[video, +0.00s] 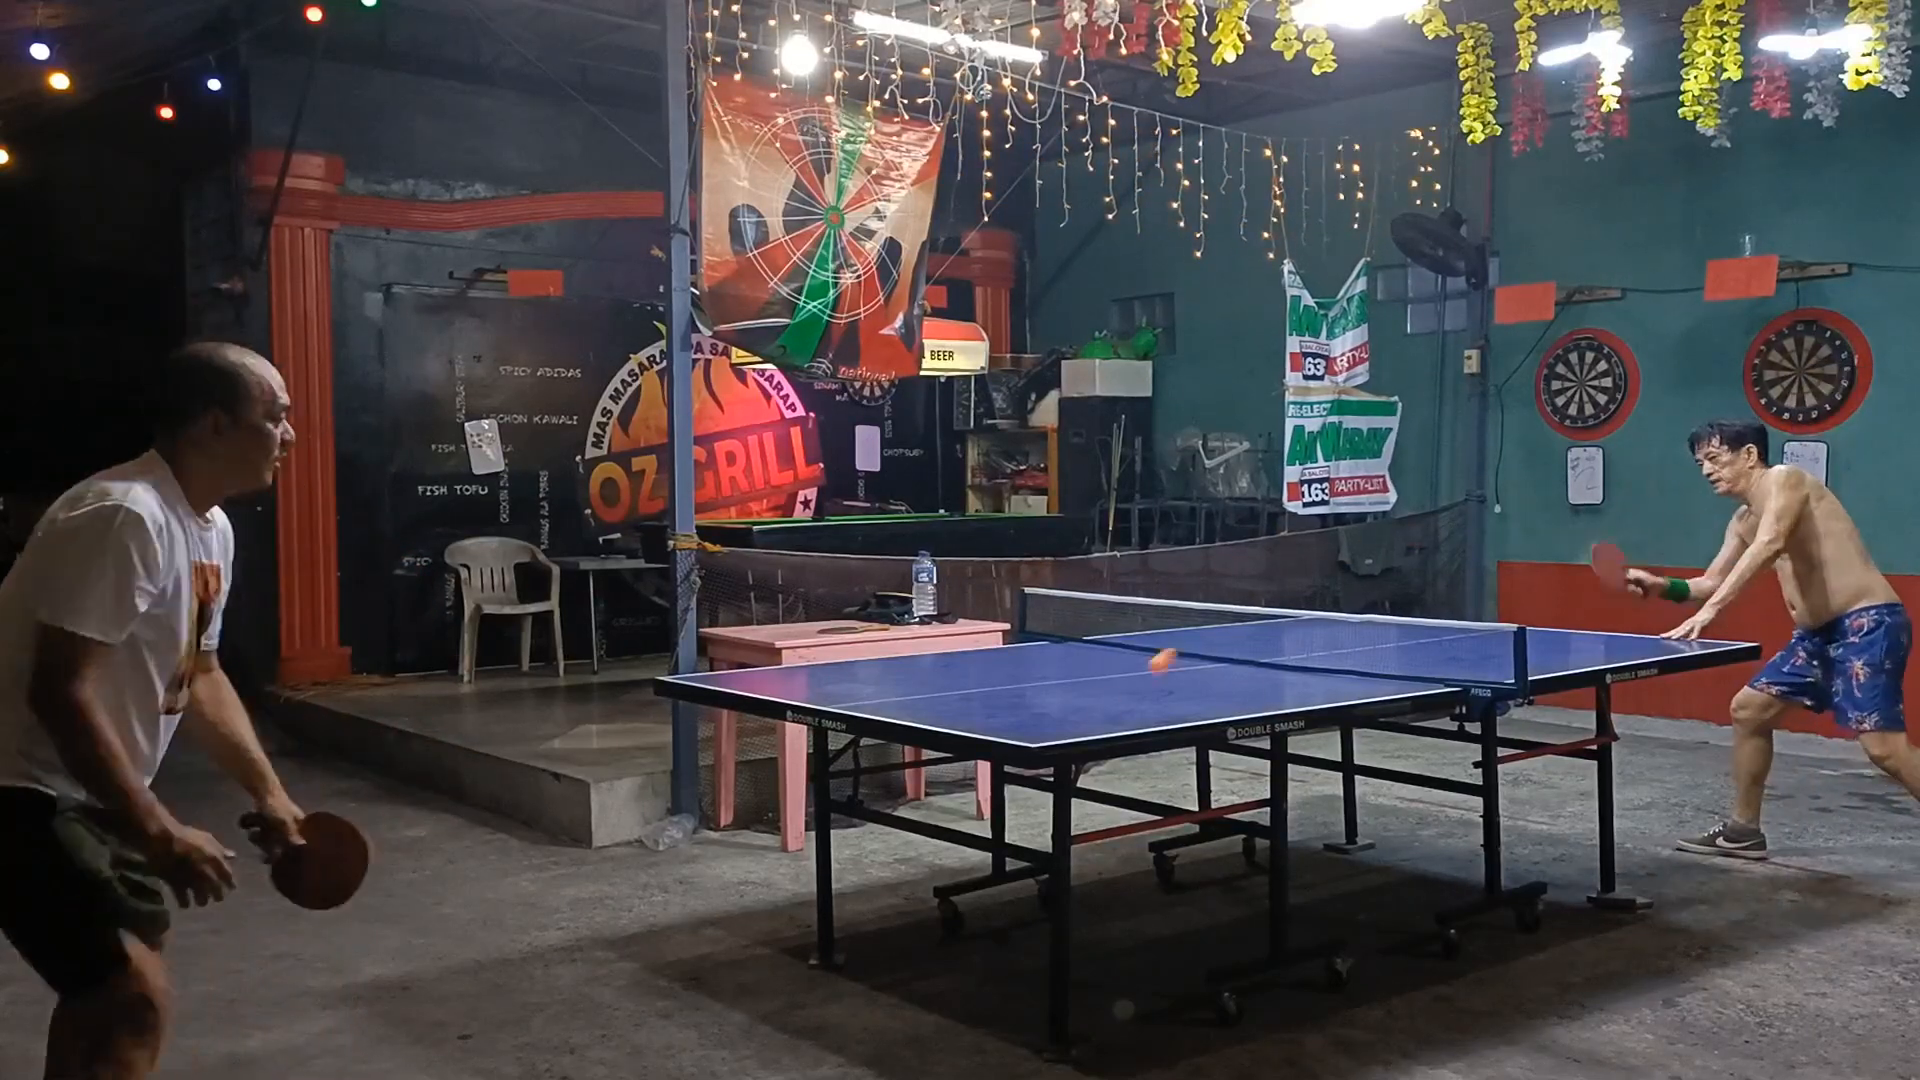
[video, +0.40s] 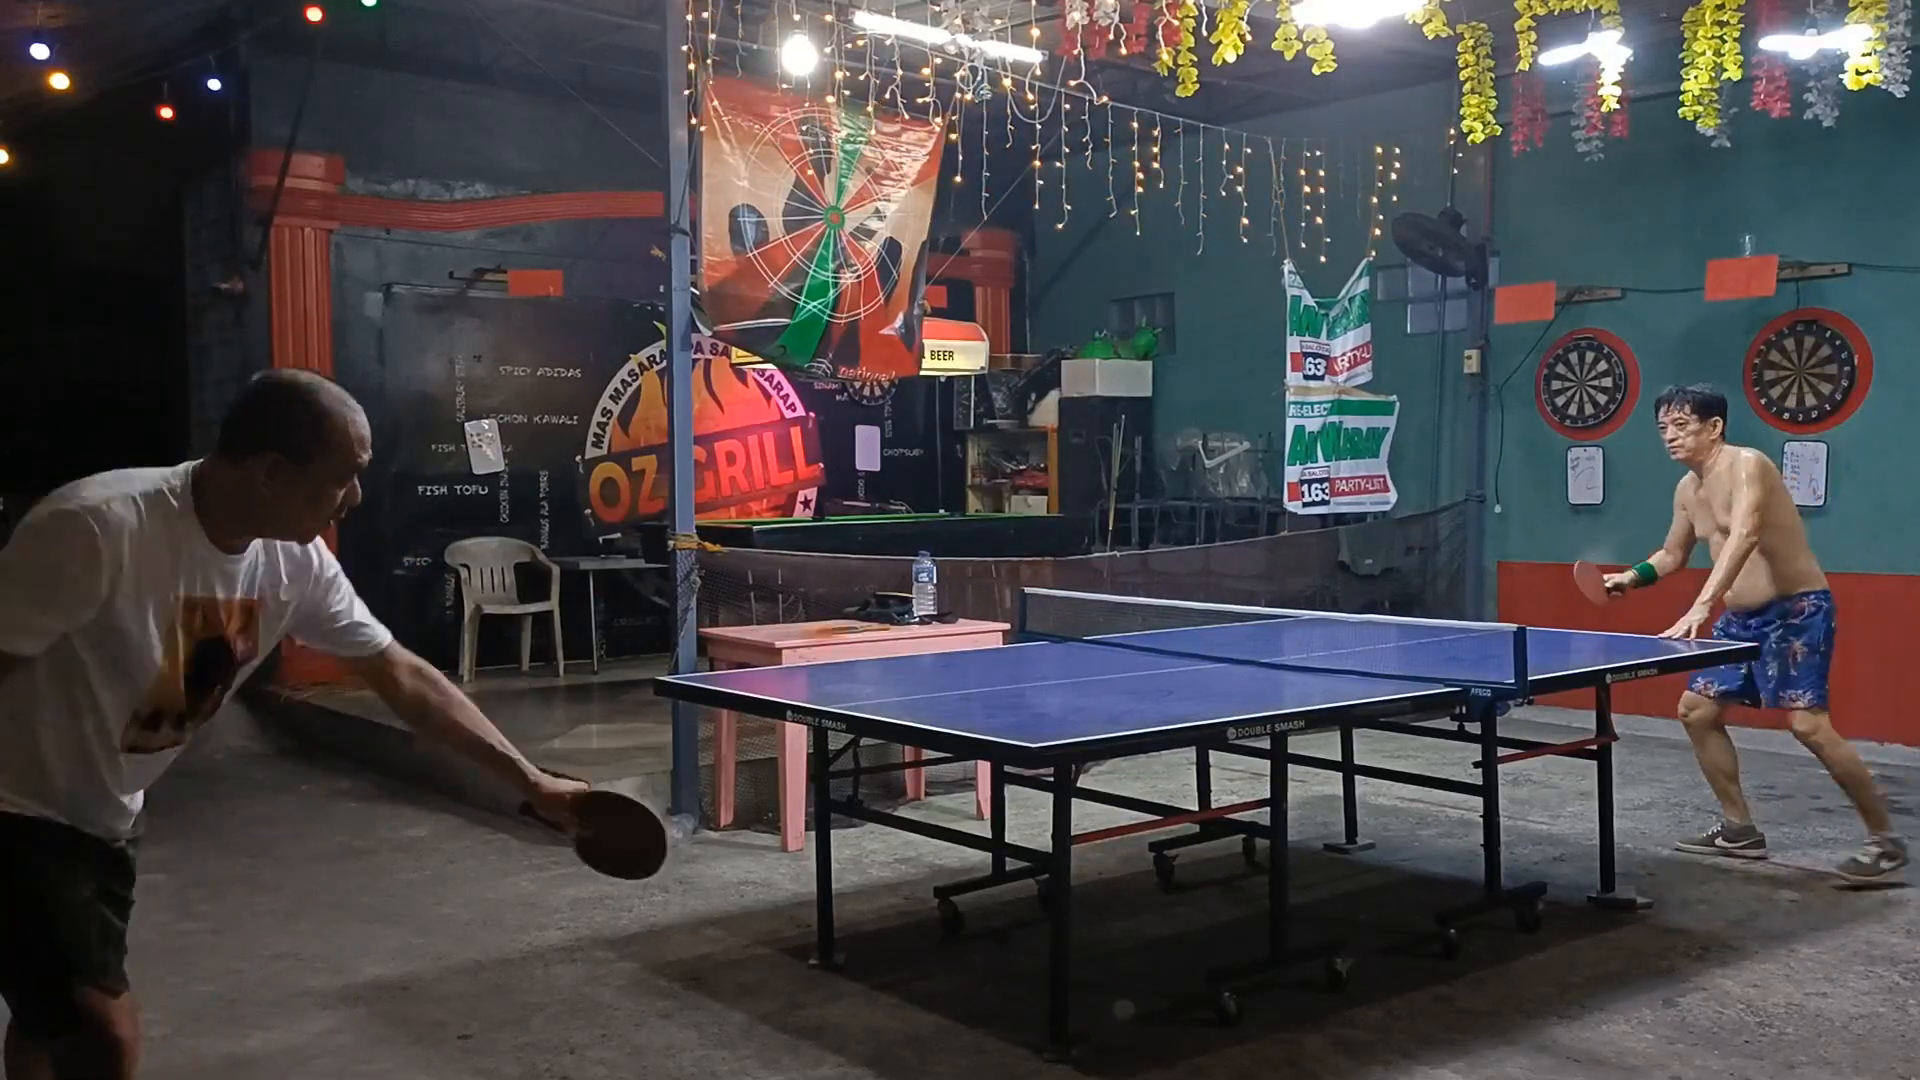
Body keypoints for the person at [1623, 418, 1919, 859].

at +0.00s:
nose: (1708, 471)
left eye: (1715, 459)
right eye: (1703, 464)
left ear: (1749, 454)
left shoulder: (1784, 479)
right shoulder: (1744, 522)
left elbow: (1768, 544)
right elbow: (1713, 582)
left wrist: (1710, 609)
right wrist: (1660, 586)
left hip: (1868, 624)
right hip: (1818, 636)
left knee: (1884, 748)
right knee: (1749, 711)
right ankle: (1744, 828)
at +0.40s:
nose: (1669, 436)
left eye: (1680, 425)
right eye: (1664, 428)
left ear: (1714, 426)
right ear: (1663, 434)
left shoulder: (1747, 465)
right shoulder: (1687, 489)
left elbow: (1743, 537)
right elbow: (1673, 553)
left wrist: (1702, 605)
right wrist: (1634, 575)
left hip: (1799, 612)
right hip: (1743, 618)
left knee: (1809, 725)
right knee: (1696, 713)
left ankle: (1886, 840)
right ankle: (1739, 829)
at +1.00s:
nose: (1650, 466)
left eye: (1659, 458)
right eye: (1644, 456)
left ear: (1687, 450)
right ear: (1637, 447)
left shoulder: (1729, 477)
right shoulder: (1620, 485)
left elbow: (1768, 541)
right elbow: (1570, 542)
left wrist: (1769, 597)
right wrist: (1590, 556)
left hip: (1724, 609)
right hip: (1655, 613)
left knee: (1750, 697)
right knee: (1633, 709)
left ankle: (1796, 821)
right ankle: (1666, 818)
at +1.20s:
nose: (1655, 452)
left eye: (1666, 444)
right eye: (1649, 441)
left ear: (1694, 443)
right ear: (1642, 435)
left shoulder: (1728, 474)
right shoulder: (1622, 473)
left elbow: (1756, 535)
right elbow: (1572, 534)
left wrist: (1761, 599)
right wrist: (1608, 566)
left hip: (1714, 605)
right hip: (1644, 608)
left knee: (1740, 698)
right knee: (1635, 706)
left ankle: (1765, 816)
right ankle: (1657, 813)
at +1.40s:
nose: (1666, 451)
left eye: (1678, 442)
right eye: (1660, 439)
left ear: (1706, 442)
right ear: (1653, 434)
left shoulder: (1737, 478)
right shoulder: (1633, 480)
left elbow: (1757, 543)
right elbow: (1595, 553)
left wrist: (1760, 606)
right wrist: (1624, 605)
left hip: (1720, 607)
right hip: (1652, 608)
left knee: (1752, 704)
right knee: (1632, 708)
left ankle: (1782, 815)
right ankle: (1651, 814)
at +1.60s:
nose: (1690, 445)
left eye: (1702, 438)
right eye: (1685, 435)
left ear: (1730, 441)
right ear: (1678, 434)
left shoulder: (1770, 485)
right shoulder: (1658, 485)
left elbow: (1795, 554)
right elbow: (1627, 550)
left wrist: (1787, 622)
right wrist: (1629, 608)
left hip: (1752, 617)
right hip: (1678, 616)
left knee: (1799, 715)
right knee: (1646, 708)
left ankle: (1834, 820)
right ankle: (1652, 814)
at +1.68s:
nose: (1704, 442)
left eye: (1717, 433)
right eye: (1699, 432)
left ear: (1748, 437)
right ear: (1694, 433)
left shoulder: (1790, 485)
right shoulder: (1681, 484)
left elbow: (1814, 562)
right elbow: (1648, 548)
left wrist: (1798, 630)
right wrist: (1640, 602)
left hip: (1780, 620)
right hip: (1705, 617)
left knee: (1817, 718)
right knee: (1664, 704)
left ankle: (1836, 821)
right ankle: (1655, 814)